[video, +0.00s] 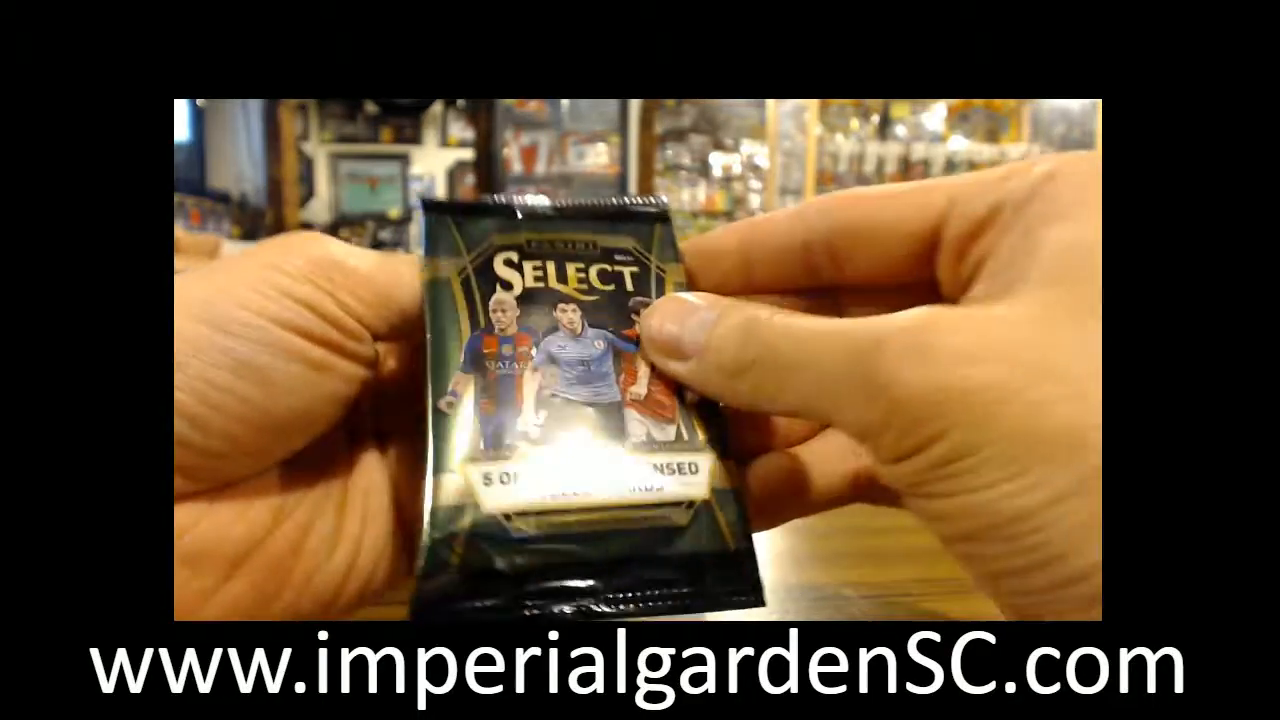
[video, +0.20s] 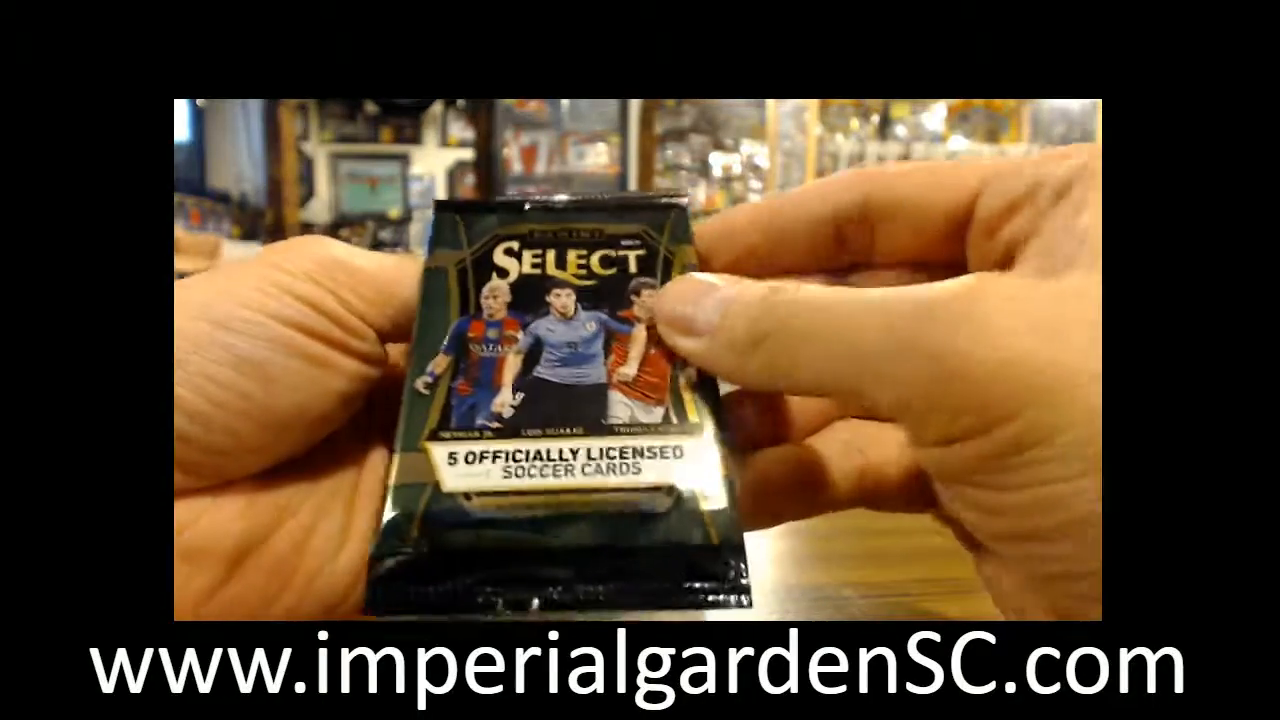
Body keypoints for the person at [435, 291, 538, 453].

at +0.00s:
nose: (499, 316)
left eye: (504, 311)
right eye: (494, 311)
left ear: (517, 312)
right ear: (489, 314)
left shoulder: (530, 337)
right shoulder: (478, 340)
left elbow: (537, 373)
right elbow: (465, 374)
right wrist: (453, 396)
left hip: (520, 411)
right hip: (490, 413)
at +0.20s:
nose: (490, 302)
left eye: (495, 298)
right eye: (486, 298)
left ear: (506, 299)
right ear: (480, 300)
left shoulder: (519, 325)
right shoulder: (464, 325)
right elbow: (445, 355)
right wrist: (430, 375)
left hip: (496, 392)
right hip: (465, 391)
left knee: (484, 435)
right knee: (459, 438)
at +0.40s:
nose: (513, 309)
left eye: (519, 304)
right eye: (510, 304)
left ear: (531, 305)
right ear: (505, 306)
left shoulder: (543, 332)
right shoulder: (487, 332)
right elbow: (467, 363)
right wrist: (452, 383)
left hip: (516, 401)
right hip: (484, 399)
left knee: (502, 443)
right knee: (478, 447)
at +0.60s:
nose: (520, 314)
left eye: (526, 309)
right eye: (516, 308)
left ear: (538, 310)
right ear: (511, 310)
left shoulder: (551, 338)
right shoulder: (494, 338)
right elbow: (474, 370)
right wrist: (459, 390)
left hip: (524, 410)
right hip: (492, 407)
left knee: (509, 453)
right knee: (486, 457)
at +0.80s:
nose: (522, 319)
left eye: (528, 314)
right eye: (518, 314)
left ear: (540, 316)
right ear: (513, 316)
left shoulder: (552, 343)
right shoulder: (496, 343)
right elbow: (476, 374)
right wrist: (460, 394)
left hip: (524, 413)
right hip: (493, 411)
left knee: (509, 457)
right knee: (487, 460)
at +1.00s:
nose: (519, 308)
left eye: (525, 303)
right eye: (515, 303)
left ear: (538, 304)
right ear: (510, 305)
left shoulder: (552, 336)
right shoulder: (494, 335)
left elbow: (560, 376)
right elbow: (475, 372)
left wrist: (551, 412)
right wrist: (462, 394)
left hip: (530, 415)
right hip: (496, 413)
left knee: (514, 458)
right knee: (491, 465)